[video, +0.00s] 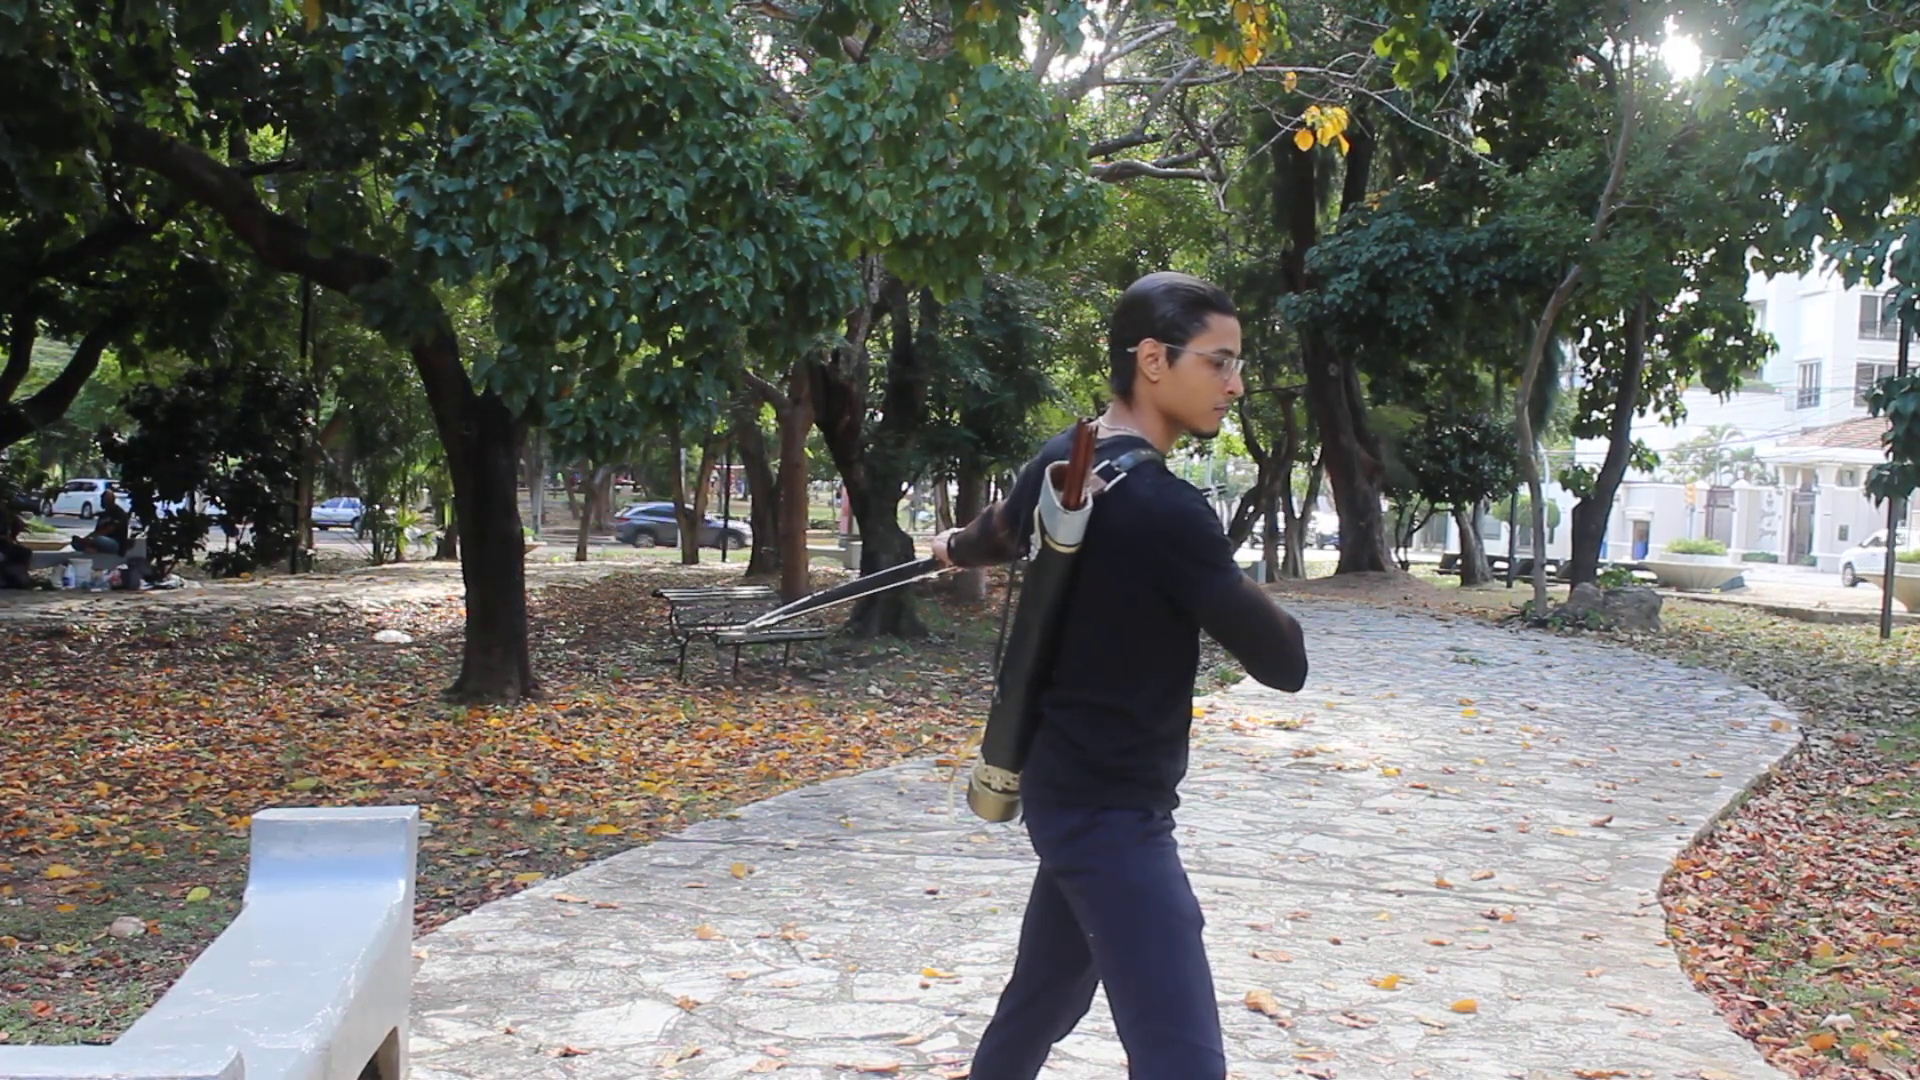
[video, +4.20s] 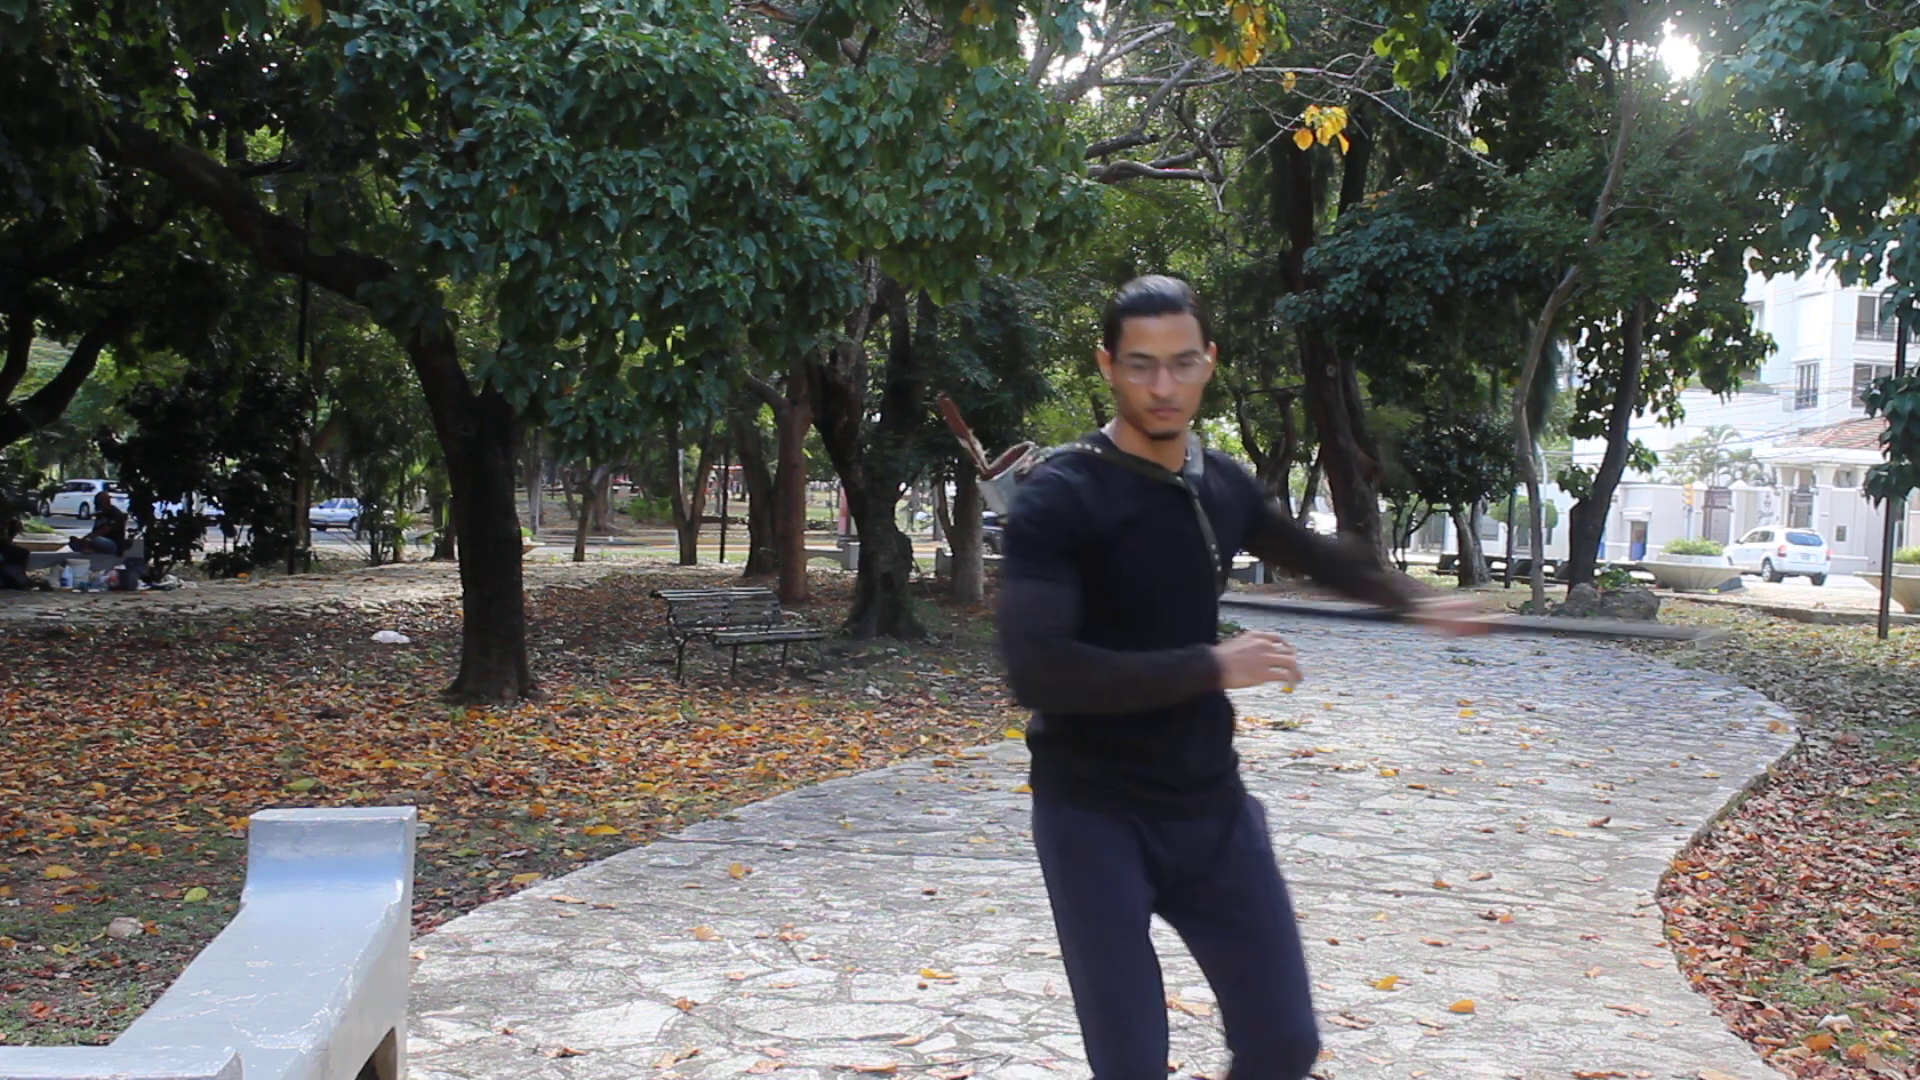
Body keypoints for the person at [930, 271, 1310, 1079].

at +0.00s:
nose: (1237, 384)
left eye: (1238, 363)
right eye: (1218, 362)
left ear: (1154, 368)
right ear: (1153, 363)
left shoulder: (1065, 456)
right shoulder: (1168, 508)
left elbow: (1000, 532)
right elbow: (1286, 663)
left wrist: (955, 548)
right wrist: (1235, 587)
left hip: (1072, 791)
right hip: (1113, 811)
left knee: (1039, 1008)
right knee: (1184, 1059)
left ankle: (986, 1077)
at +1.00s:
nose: (1221, 423)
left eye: (1229, 405)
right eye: (1225, 399)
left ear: (1138, 373)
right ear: (1188, 376)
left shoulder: (1044, 456)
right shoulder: (1156, 491)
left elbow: (980, 609)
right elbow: (1182, 679)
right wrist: (1193, 631)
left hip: (1013, 763)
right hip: (1078, 779)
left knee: (1070, 1012)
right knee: (1137, 1041)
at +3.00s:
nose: (1190, 393)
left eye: (1192, 375)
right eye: (1176, 372)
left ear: (1111, 377)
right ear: (1116, 372)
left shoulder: (1029, 456)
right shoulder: (1137, 494)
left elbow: (958, 554)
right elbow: (1225, 630)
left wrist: (907, 599)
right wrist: (1161, 565)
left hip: (1021, 747)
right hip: (1068, 765)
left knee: (1006, 959)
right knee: (1102, 997)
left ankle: (968, 1071)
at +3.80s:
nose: (1219, 425)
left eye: (1226, 406)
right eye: (1202, 403)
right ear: (1142, 402)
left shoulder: (1089, 475)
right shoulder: (1140, 517)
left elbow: (1013, 567)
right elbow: (1240, 679)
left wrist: (956, 624)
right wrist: (1187, 592)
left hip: (1075, 784)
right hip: (1069, 796)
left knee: (1046, 980)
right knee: (1155, 1018)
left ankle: (988, 1072)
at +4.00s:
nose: (1214, 417)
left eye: (1225, 395)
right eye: (1191, 395)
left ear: (1236, 394)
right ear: (1136, 395)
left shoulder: (1167, 505)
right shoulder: (1103, 513)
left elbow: (1162, 654)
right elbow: (1187, 689)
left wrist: (1215, 647)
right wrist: (1250, 646)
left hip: (1158, 803)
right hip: (1079, 806)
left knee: (1146, 1025)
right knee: (1155, 1047)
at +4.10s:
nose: (1192, 404)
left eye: (1207, 380)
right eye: (1168, 381)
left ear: (1224, 381)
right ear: (1124, 383)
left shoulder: (1183, 495)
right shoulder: (1077, 507)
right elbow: (1109, 684)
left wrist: (1239, 642)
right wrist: (1247, 660)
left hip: (1185, 798)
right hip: (1085, 805)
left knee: (1235, 1026)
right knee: (1146, 1056)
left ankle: (1155, 1067)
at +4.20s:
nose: (1163, 387)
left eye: (1182, 364)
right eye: (1141, 365)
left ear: (1208, 364)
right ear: (1106, 366)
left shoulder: (1221, 485)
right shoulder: (1053, 496)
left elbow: (1312, 556)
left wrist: (1412, 601)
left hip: (1210, 801)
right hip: (1090, 810)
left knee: (1282, 1044)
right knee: (1133, 1062)